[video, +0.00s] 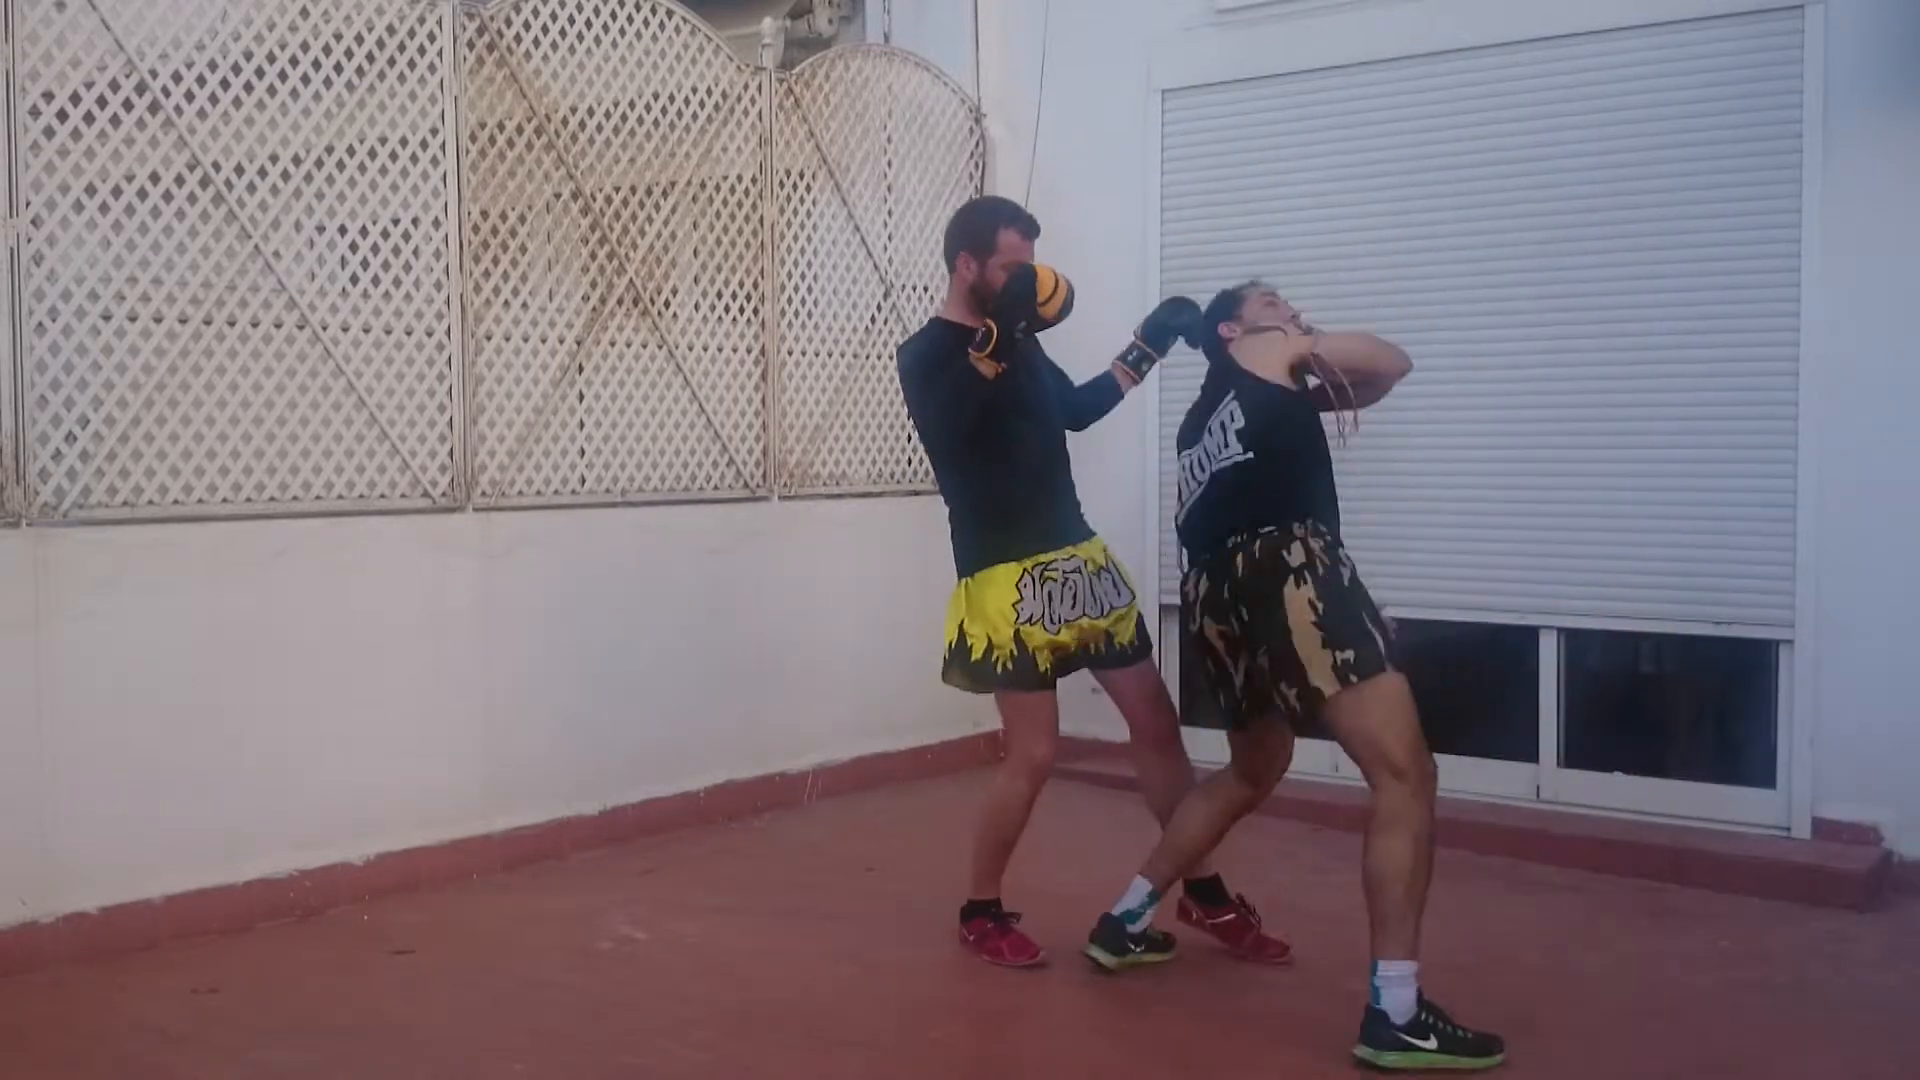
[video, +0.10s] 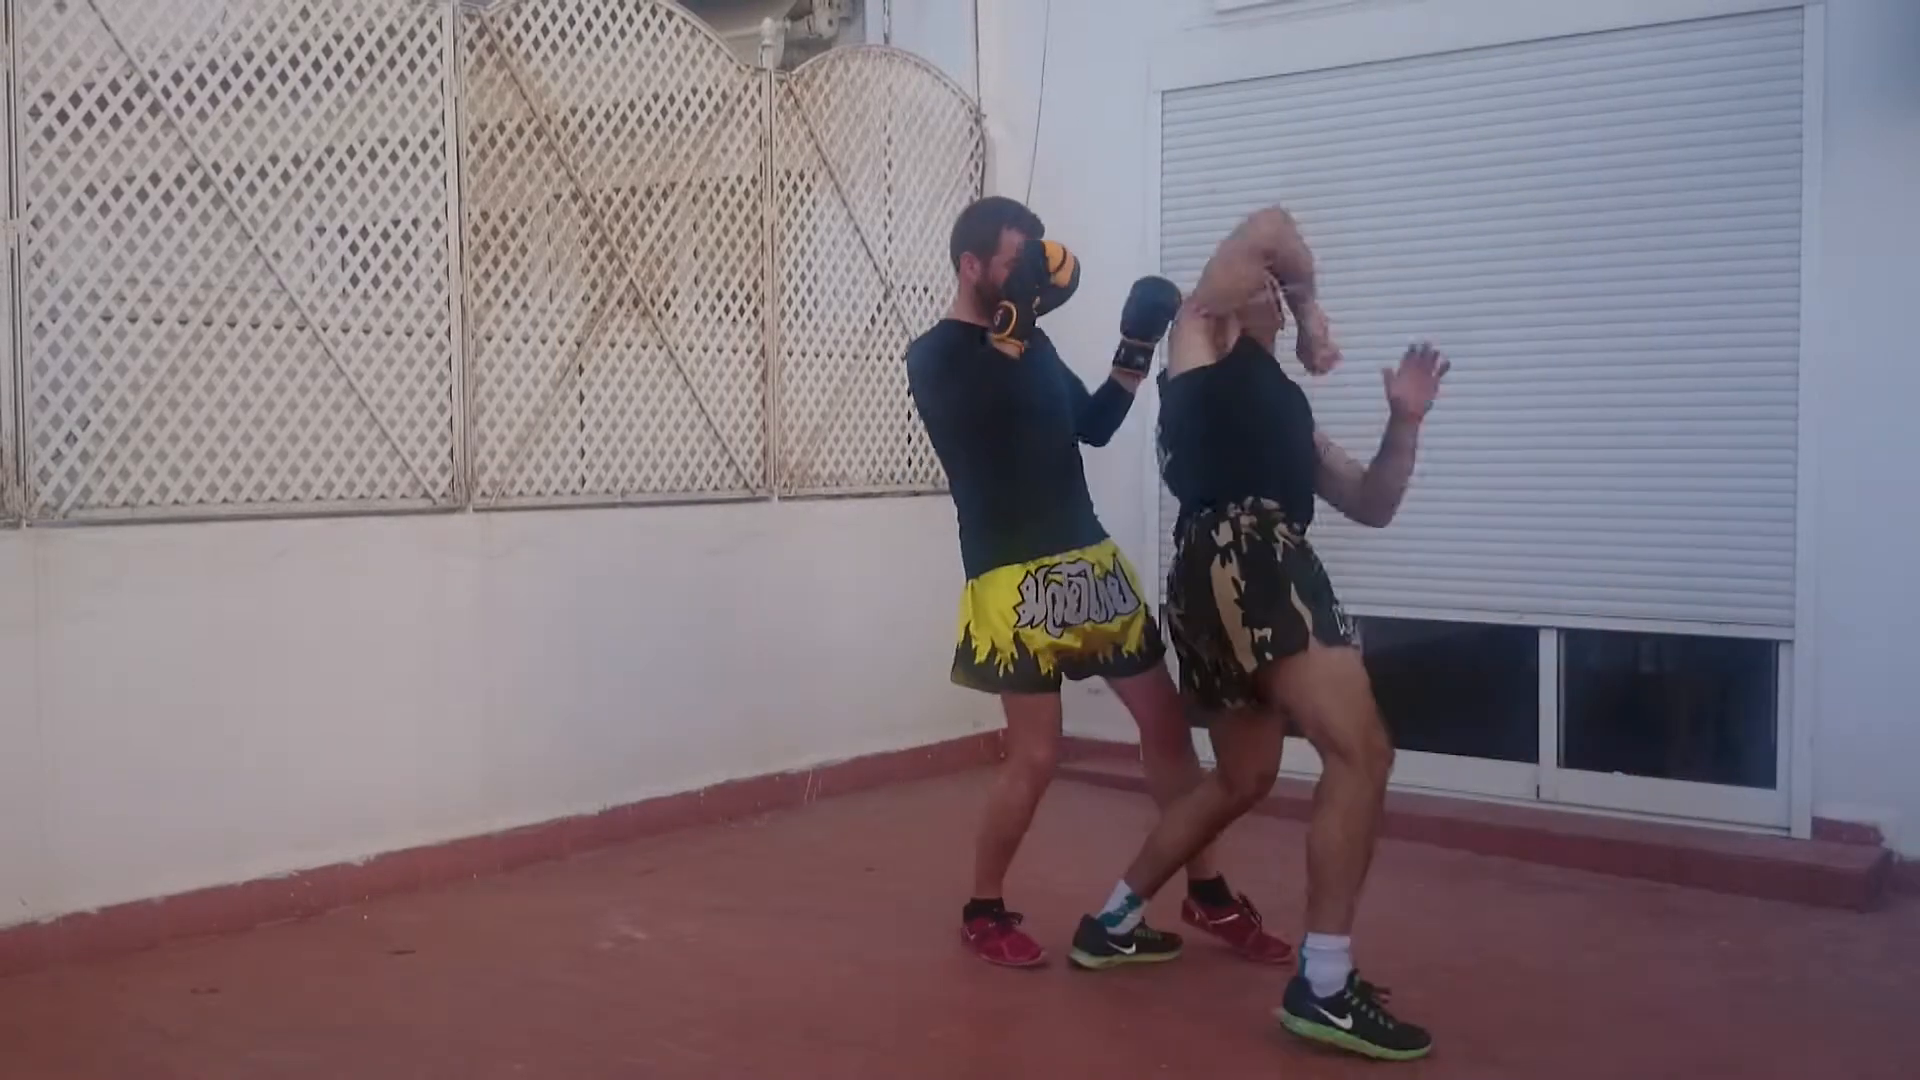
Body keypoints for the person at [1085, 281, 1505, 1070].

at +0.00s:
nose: (1294, 310)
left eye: (1289, 301)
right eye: (1276, 300)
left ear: (1223, 345)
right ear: (1232, 326)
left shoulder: (1198, 427)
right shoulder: (1263, 350)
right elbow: (1390, 361)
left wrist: (1316, 385)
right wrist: (1318, 361)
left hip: (1220, 593)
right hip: (1294, 572)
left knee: (1252, 769)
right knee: (1405, 774)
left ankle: (1123, 922)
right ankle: (1396, 1013)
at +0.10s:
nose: (1278, 291)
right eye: (1262, 283)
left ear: (1258, 306)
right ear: (1234, 290)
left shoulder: (1282, 409)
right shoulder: (1204, 325)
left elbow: (1372, 504)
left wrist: (1405, 421)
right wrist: (1309, 308)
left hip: (1218, 569)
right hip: (1254, 554)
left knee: (1242, 777)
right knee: (1361, 756)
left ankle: (1112, 918)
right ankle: (1321, 985)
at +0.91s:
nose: (1368, 288)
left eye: (1360, 277)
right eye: (1369, 276)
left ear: (1292, 278)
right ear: (1362, 275)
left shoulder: (1237, 345)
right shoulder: (1371, 331)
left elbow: (1220, 467)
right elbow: (1456, 457)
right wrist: (1420, 374)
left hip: (1255, 567)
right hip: (1363, 567)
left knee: (1207, 741)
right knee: (1438, 765)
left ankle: (1120, 908)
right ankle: (1453, 994)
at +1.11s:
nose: (1338, 272)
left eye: (1340, 258)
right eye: (1340, 259)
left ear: (1362, 256)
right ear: (1424, 262)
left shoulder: (1327, 329)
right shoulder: (1489, 343)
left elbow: (1256, 454)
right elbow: (1520, 483)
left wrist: (1312, 394)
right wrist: (1471, 413)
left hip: (1348, 570)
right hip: (1464, 577)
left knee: (1271, 749)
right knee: (1466, 782)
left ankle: (1236, 952)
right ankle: (1457, 994)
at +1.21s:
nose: (1338, 245)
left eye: (1340, 232)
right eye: (1338, 232)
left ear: (1366, 220)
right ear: (1423, 221)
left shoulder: (1354, 294)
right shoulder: (1505, 302)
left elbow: (1300, 429)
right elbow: (1537, 440)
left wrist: (1323, 339)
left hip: (1384, 544)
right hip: (1493, 549)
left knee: (1313, 742)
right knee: (1475, 767)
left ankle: (1342, 965)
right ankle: (1473, 984)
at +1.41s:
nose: (1348, 245)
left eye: (1352, 230)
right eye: (1349, 230)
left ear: (1384, 229)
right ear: (1438, 228)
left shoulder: (1374, 312)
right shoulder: (1521, 299)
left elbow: (1320, 449)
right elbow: (1561, 423)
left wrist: (1300, 374)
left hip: (1427, 572)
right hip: (1534, 567)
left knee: (1429, 816)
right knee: (1537, 782)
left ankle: (1495, 1048)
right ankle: (1593, 997)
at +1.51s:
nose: (1351, 263)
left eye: (1356, 248)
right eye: (1352, 248)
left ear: (1391, 250)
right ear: (1441, 249)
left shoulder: (1401, 343)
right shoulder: (1527, 322)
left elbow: (1337, 486)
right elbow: (1569, 442)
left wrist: (1302, 425)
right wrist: (1444, 421)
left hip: (1449, 595)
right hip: (1553, 590)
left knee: (1421, 830)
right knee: (1555, 793)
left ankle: (1501, 1058)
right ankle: (1619, 1007)